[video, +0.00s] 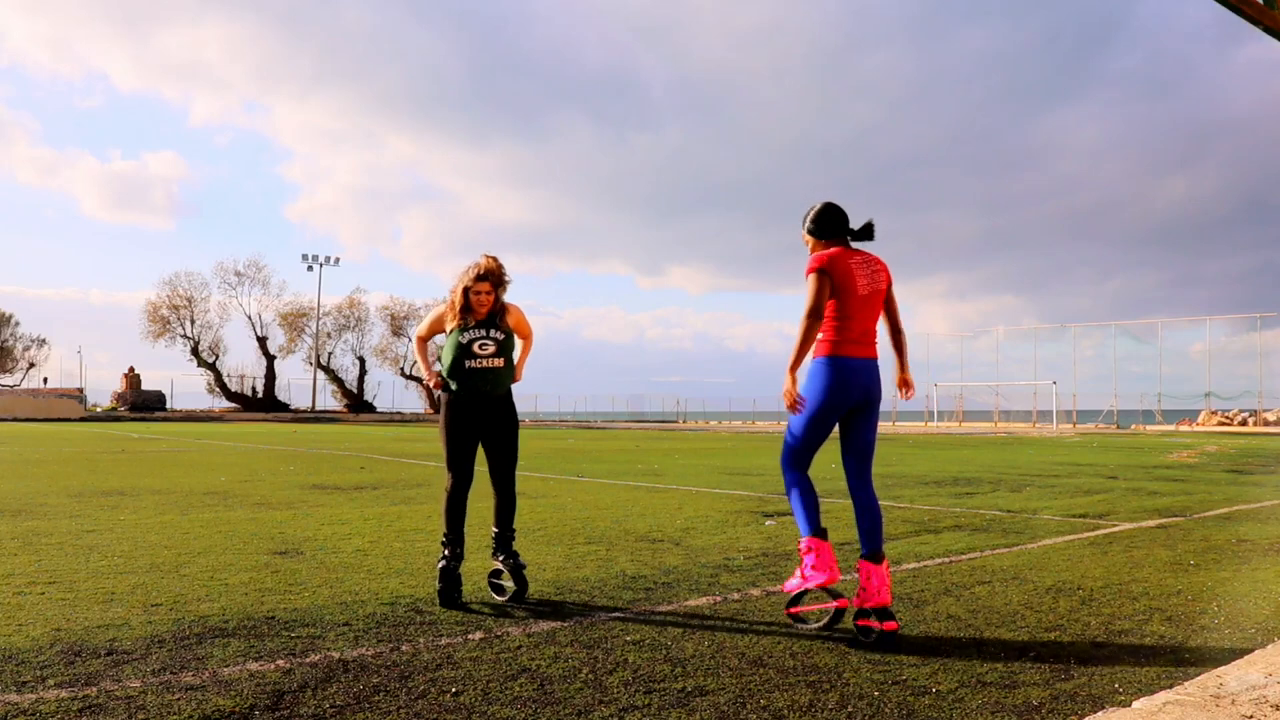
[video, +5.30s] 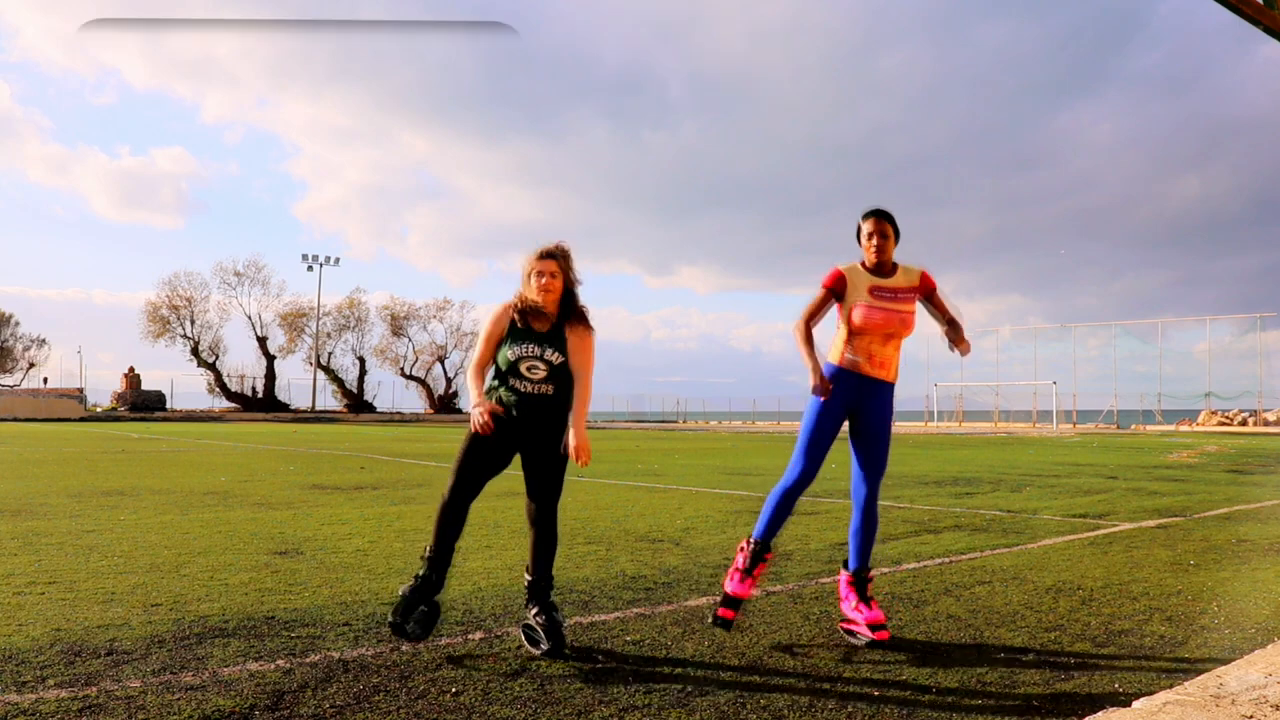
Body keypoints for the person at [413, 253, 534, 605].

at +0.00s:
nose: (483, 298)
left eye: (489, 292)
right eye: (477, 292)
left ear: (497, 292)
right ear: (465, 290)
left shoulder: (509, 314)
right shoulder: (448, 314)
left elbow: (526, 335)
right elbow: (420, 337)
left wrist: (519, 367)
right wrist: (427, 371)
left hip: (499, 404)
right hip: (459, 405)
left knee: (504, 482)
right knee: (458, 482)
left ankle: (504, 550)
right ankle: (451, 554)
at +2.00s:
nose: (493, 292)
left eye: (499, 286)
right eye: (487, 286)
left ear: (506, 289)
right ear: (474, 286)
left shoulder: (518, 321)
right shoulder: (455, 319)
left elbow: (531, 366)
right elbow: (435, 369)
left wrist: (543, 401)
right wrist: (439, 397)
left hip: (508, 415)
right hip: (466, 415)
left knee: (517, 489)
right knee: (469, 491)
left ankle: (516, 561)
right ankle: (469, 565)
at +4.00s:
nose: (528, 261)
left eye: (534, 254)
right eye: (520, 254)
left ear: (542, 258)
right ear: (504, 256)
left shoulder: (555, 301)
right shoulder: (479, 300)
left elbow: (569, 358)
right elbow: (458, 357)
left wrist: (582, 410)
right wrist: (452, 406)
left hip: (545, 416)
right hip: (495, 417)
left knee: (544, 505)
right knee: (497, 505)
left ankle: (547, 595)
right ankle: (493, 598)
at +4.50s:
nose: (555, 250)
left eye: (565, 246)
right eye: (549, 242)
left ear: (576, 254)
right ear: (537, 245)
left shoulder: (584, 297)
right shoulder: (511, 281)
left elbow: (609, 342)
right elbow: (477, 330)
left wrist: (612, 356)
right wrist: (451, 378)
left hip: (545, 402)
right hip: (495, 397)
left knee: (546, 493)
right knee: (487, 485)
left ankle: (548, 592)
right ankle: (475, 587)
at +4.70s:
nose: (562, 279)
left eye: (571, 272)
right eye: (556, 270)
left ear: (584, 279)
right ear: (544, 273)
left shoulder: (592, 325)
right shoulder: (522, 308)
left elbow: (616, 383)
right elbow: (483, 353)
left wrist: (621, 355)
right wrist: (446, 398)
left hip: (556, 425)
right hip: (505, 414)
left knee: (551, 514)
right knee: (464, 493)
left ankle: (540, 608)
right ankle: (413, 586)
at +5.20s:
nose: (564, 283)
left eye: (571, 277)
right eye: (557, 276)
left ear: (582, 284)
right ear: (545, 282)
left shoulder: (591, 333)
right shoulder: (521, 316)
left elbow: (607, 386)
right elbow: (482, 364)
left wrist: (622, 393)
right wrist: (445, 410)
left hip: (551, 429)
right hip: (502, 418)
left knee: (545, 515)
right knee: (449, 491)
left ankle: (539, 605)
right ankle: (390, 572)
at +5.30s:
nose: (544, 282)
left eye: (553, 276)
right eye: (538, 274)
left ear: (566, 283)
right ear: (527, 280)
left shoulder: (577, 329)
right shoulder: (506, 316)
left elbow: (582, 380)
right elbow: (476, 366)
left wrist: (578, 426)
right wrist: (477, 401)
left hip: (548, 430)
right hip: (498, 422)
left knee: (543, 516)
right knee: (455, 498)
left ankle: (539, 606)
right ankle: (428, 586)